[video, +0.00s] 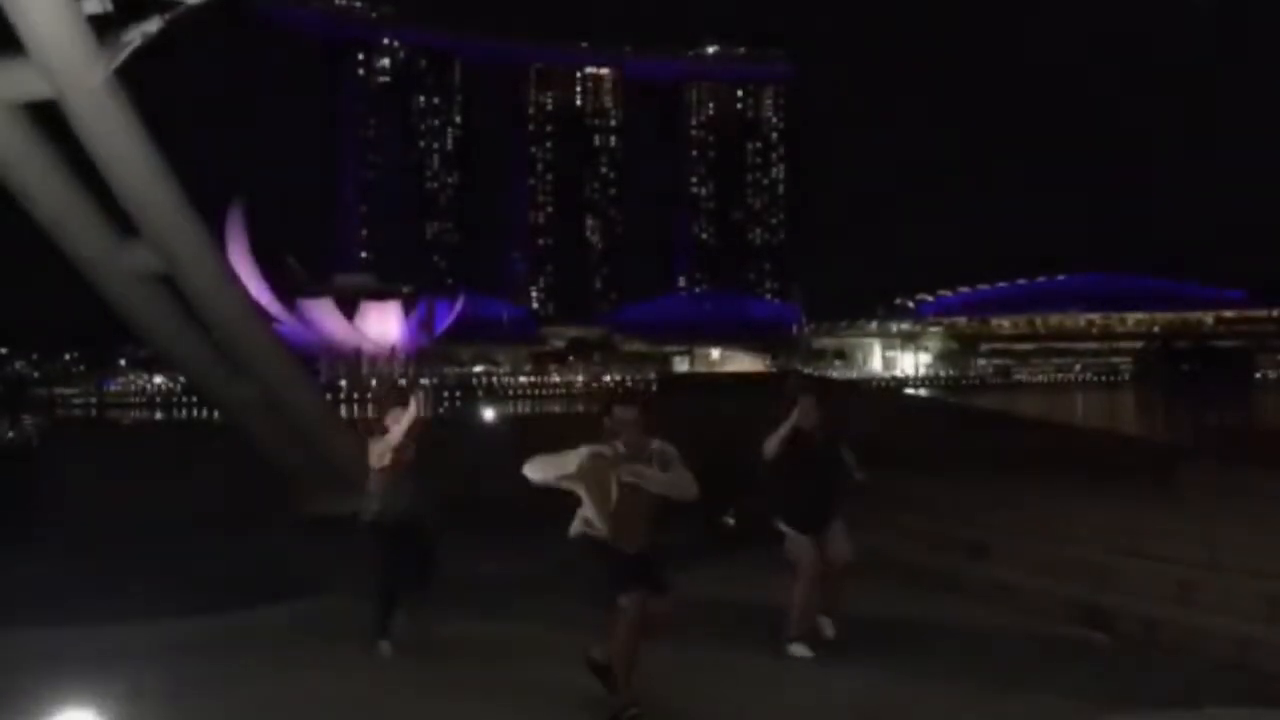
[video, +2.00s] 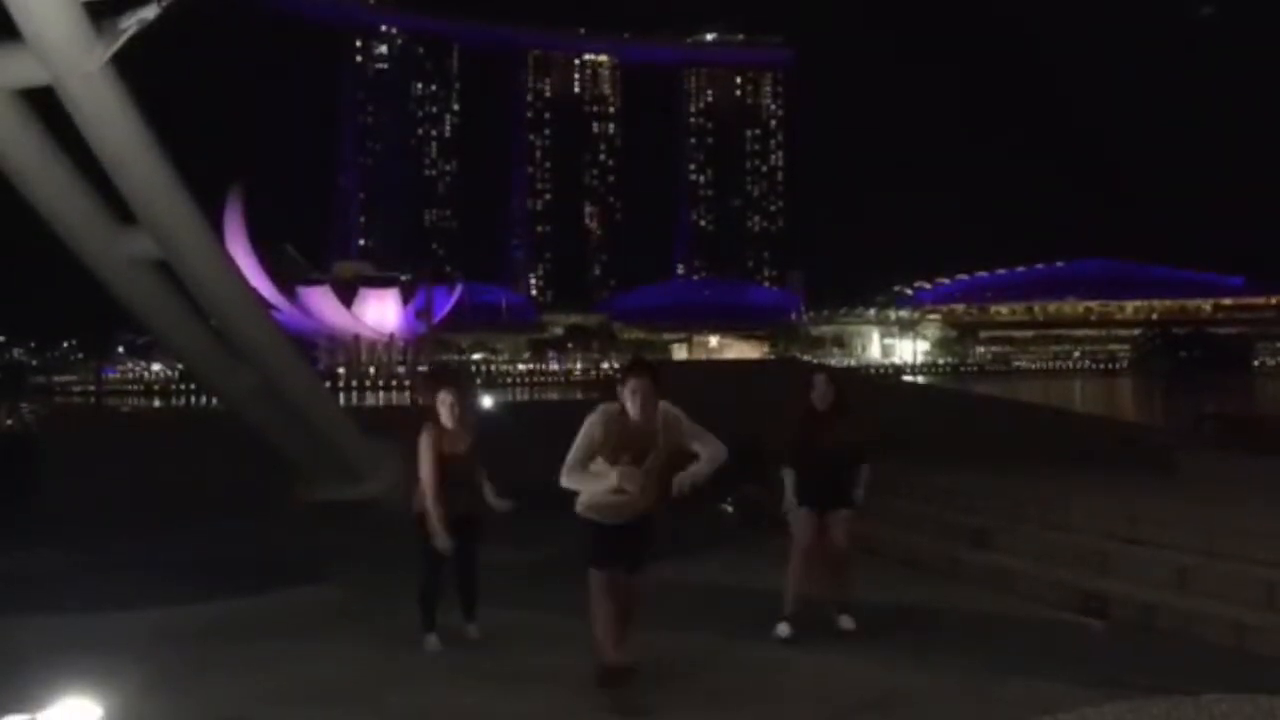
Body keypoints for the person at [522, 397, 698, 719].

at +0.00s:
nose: (628, 433)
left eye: (634, 425)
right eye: (621, 425)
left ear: (644, 426)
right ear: (609, 426)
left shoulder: (659, 453)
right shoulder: (594, 457)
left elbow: (688, 489)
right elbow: (532, 469)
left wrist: (639, 474)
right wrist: (578, 464)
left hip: (635, 545)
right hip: (595, 542)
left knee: (657, 605)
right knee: (630, 601)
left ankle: (605, 656)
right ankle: (624, 695)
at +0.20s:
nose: (613, 430)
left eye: (619, 424)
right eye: (607, 423)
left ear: (633, 426)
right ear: (600, 425)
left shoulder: (646, 445)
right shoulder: (584, 443)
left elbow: (693, 483)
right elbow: (523, 454)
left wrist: (648, 470)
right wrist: (570, 458)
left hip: (639, 537)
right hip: (597, 537)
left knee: (629, 610)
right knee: (596, 605)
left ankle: (618, 675)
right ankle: (591, 683)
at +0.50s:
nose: (601, 419)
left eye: (608, 412)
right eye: (596, 412)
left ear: (621, 416)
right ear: (588, 416)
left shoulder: (638, 445)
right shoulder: (579, 440)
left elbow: (689, 462)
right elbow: (521, 457)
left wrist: (640, 464)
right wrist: (568, 459)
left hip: (636, 530)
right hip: (597, 527)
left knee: (600, 585)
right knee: (560, 573)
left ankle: (620, 669)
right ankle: (590, 633)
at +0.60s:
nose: (587, 423)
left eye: (593, 416)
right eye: (582, 416)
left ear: (611, 412)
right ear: (578, 414)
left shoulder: (635, 435)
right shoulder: (573, 440)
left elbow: (685, 458)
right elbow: (536, 484)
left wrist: (630, 461)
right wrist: (574, 466)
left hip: (640, 516)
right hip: (599, 519)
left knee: (605, 558)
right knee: (589, 574)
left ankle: (602, 661)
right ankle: (618, 646)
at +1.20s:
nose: (632, 395)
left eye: (639, 387)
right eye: (625, 387)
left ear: (648, 390)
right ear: (613, 390)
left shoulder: (658, 423)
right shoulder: (598, 423)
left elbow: (717, 428)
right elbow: (537, 447)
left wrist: (672, 439)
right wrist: (575, 470)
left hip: (645, 517)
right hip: (603, 517)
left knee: (637, 586)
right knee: (607, 577)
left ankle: (624, 657)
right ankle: (587, 655)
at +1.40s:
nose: (645, 389)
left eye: (651, 381)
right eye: (639, 381)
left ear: (659, 384)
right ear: (625, 382)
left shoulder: (671, 409)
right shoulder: (616, 415)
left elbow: (708, 437)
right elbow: (559, 448)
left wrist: (674, 459)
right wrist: (598, 440)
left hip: (648, 504)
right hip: (611, 502)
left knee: (644, 576)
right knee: (628, 566)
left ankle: (618, 649)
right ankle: (637, 650)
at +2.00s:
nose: (639, 400)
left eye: (646, 393)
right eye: (633, 393)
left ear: (656, 394)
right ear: (621, 394)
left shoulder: (668, 418)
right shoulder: (602, 420)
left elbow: (714, 451)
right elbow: (569, 475)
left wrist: (689, 476)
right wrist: (612, 479)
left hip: (641, 515)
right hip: (600, 516)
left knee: (631, 587)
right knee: (604, 586)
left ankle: (620, 654)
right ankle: (609, 661)